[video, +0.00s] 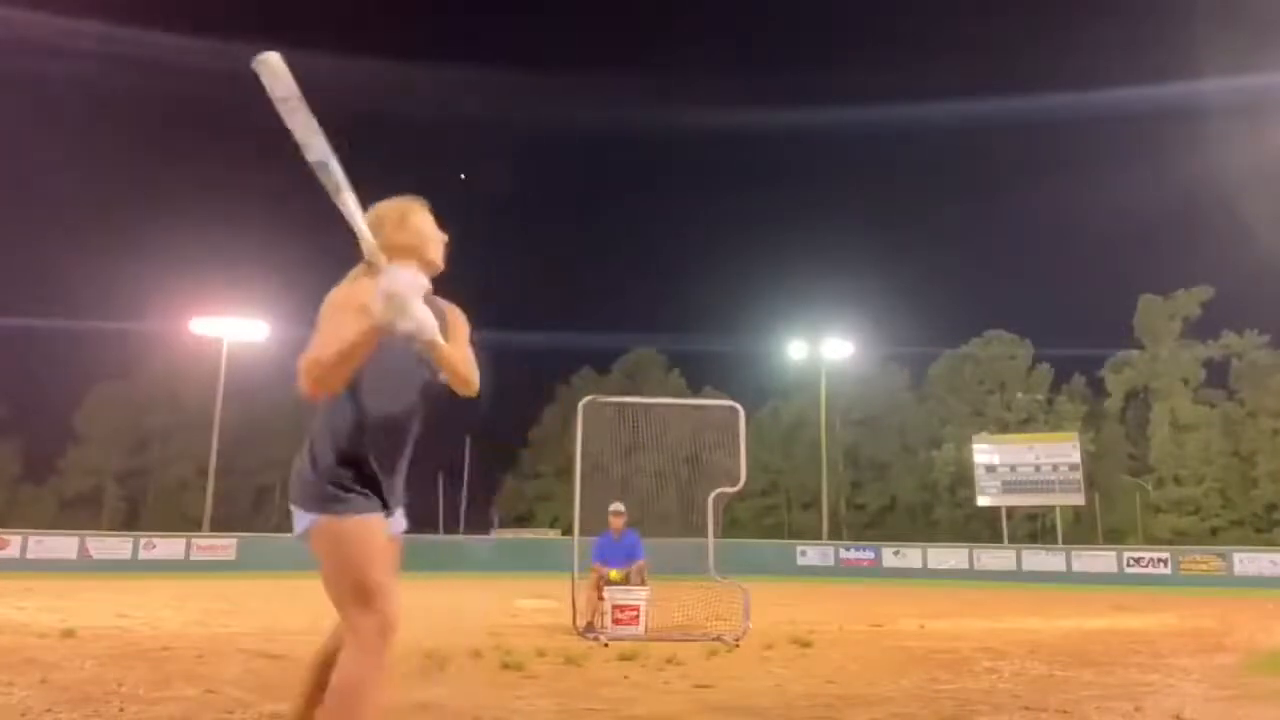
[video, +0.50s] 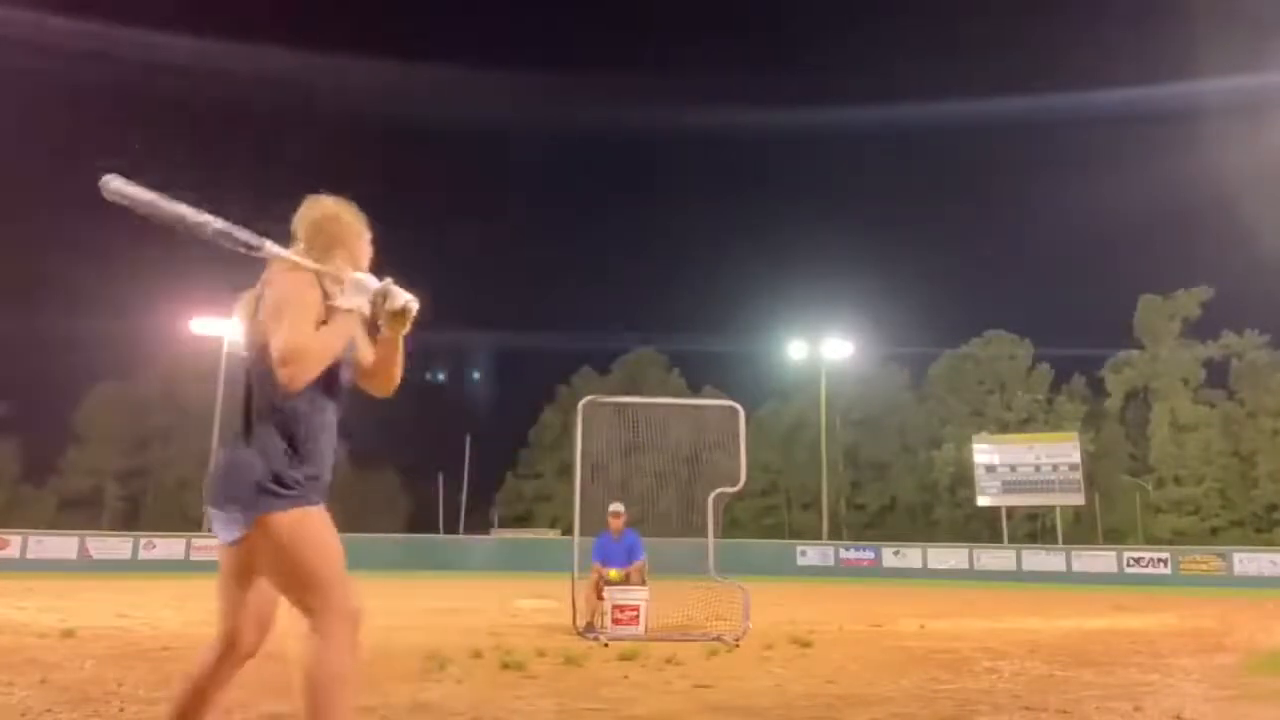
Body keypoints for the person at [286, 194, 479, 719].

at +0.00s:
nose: (443, 235)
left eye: (438, 225)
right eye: (431, 225)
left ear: (413, 238)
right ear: (397, 236)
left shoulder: (447, 314)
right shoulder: (356, 296)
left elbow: (468, 383)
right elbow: (316, 381)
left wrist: (426, 333)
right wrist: (380, 322)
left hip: (387, 492)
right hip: (334, 487)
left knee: (360, 625)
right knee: (373, 625)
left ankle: (309, 709)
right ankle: (341, 712)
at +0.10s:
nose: (427, 241)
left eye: (425, 233)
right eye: (415, 232)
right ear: (381, 240)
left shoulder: (430, 308)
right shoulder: (336, 289)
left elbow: (455, 371)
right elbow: (298, 372)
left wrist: (407, 320)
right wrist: (356, 300)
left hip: (370, 488)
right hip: (320, 482)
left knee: (332, 628)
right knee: (360, 620)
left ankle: (243, 709)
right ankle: (332, 713)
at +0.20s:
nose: (420, 233)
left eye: (416, 222)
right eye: (410, 221)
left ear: (394, 236)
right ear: (375, 233)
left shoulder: (416, 306)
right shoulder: (326, 281)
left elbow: (441, 370)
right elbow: (292, 365)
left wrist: (403, 308)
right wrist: (348, 296)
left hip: (354, 483)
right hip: (312, 477)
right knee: (354, 621)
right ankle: (326, 713)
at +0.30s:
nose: (398, 246)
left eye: (397, 236)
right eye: (390, 235)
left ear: (372, 243)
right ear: (359, 239)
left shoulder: (381, 299)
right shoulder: (309, 279)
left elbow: (419, 376)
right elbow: (290, 367)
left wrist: (403, 321)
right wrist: (346, 302)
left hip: (322, 479)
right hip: (294, 476)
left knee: (271, 635)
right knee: (346, 624)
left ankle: (193, 712)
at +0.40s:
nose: (378, 261)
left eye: (379, 250)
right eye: (372, 249)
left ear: (337, 250)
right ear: (342, 247)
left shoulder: (352, 302)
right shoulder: (296, 281)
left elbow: (400, 380)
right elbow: (290, 372)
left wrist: (397, 323)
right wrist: (349, 313)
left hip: (291, 480)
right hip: (278, 479)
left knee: (251, 638)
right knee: (341, 623)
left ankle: (183, 713)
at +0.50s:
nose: (367, 263)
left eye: (366, 253)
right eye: (362, 251)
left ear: (321, 246)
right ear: (339, 248)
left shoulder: (333, 297)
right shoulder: (291, 278)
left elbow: (381, 381)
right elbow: (292, 370)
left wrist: (393, 330)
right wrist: (350, 313)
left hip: (259, 482)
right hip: (269, 483)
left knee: (238, 639)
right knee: (339, 617)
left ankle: (179, 712)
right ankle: (328, 712)